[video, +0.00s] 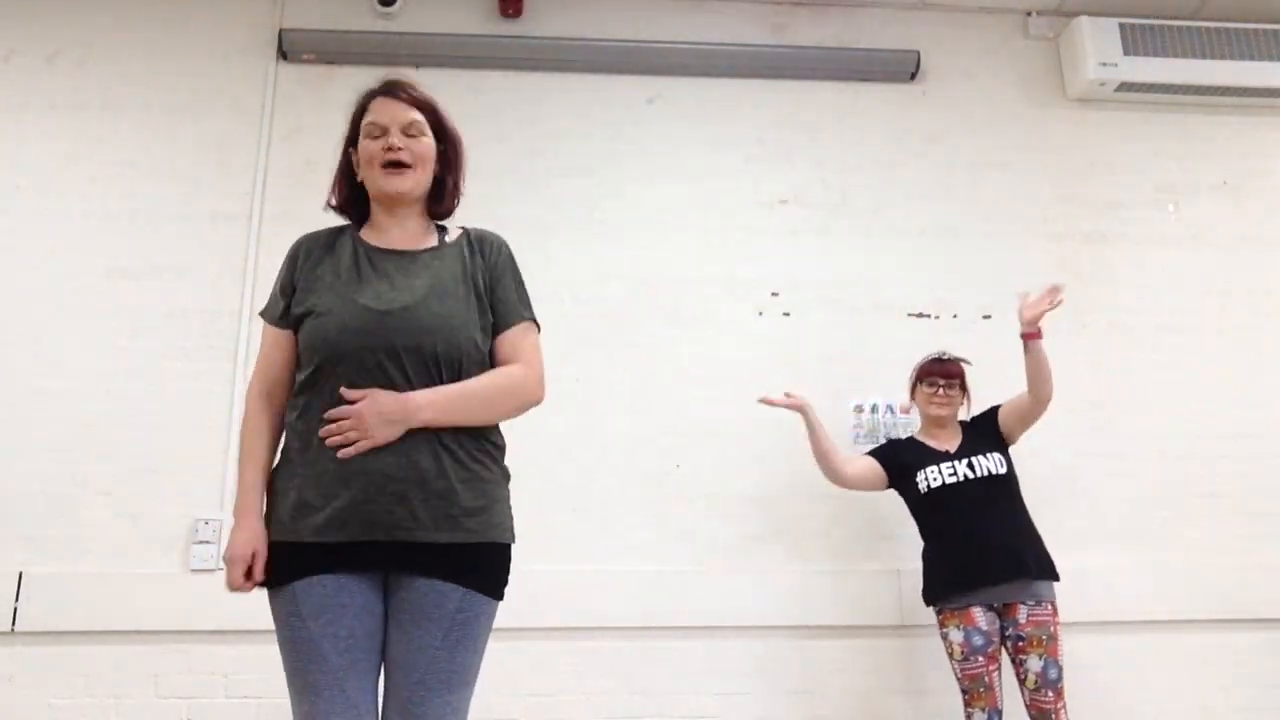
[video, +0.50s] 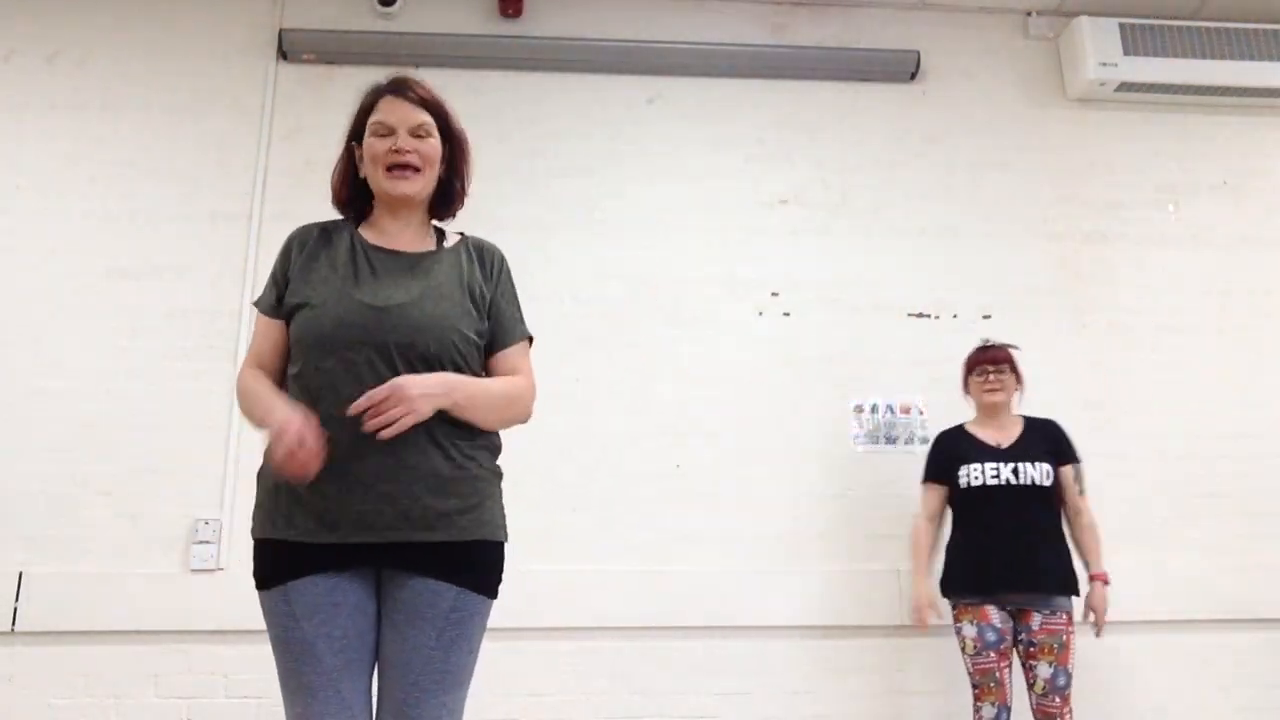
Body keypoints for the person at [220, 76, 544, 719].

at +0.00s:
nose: (394, 143)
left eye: (413, 132)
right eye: (376, 133)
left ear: (440, 156)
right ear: (355, 160)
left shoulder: (483, 255)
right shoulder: (311, 257)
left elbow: (526, 380)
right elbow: (267, 396)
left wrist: (409, 408)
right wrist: (248, 517)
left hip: (454, 536)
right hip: (317, 536)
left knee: (429, 714)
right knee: (331, 714)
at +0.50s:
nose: (403, 144)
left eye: (420, 132)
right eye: (383, 132)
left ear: (446, 156)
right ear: (359, 156)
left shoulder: (480, 264)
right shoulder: (308, 250)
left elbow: (519, 396)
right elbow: (254, 375)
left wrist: (444, 388)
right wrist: (284, 415)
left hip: (448, 534)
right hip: (310, 531)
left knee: (423, 714)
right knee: (324, 713)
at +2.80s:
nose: (444, 125)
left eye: (465, 120)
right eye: (428, 109)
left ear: (482, 152)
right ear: (396, 129)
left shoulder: (511, 250)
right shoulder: (325, 231)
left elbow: (547, 398)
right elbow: (271, 376)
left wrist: (504, 354)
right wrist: (339, 350)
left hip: (487, 525)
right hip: (335, 521)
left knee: (473, 714)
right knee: (336, 713)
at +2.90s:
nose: (445, 124)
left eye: (465, 118)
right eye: (429, 109)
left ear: (482, 150)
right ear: (396, 131)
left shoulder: (511, 250)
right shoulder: (327, 231)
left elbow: (546, 400)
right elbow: (273, 377)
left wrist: (506, 347)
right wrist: (337, 340)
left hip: (486, 526)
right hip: (335, 522)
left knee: (472, 714)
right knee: (337, 713)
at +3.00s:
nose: (447, 123)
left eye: (467, 117)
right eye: (430, 109)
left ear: (484, 148)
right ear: (396, 130)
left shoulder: (512, 250)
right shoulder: (329, 229)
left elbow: (546, 401)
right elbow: (271, 377)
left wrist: (512, 339)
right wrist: (329, 326)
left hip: (486, 524)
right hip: (335, 520)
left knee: (473, 714)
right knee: (336, 714)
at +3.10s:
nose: (447, 123)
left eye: (467, 116)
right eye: (429, 108)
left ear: (484, 147)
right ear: (397, 130)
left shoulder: (512, 249)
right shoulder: (330, 228)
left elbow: (545, 402)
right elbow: (269, 375)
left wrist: (515, 331)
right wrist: (326, 315)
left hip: (486, 523)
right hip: (335, 518)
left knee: (472, 714)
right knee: (336, 714)